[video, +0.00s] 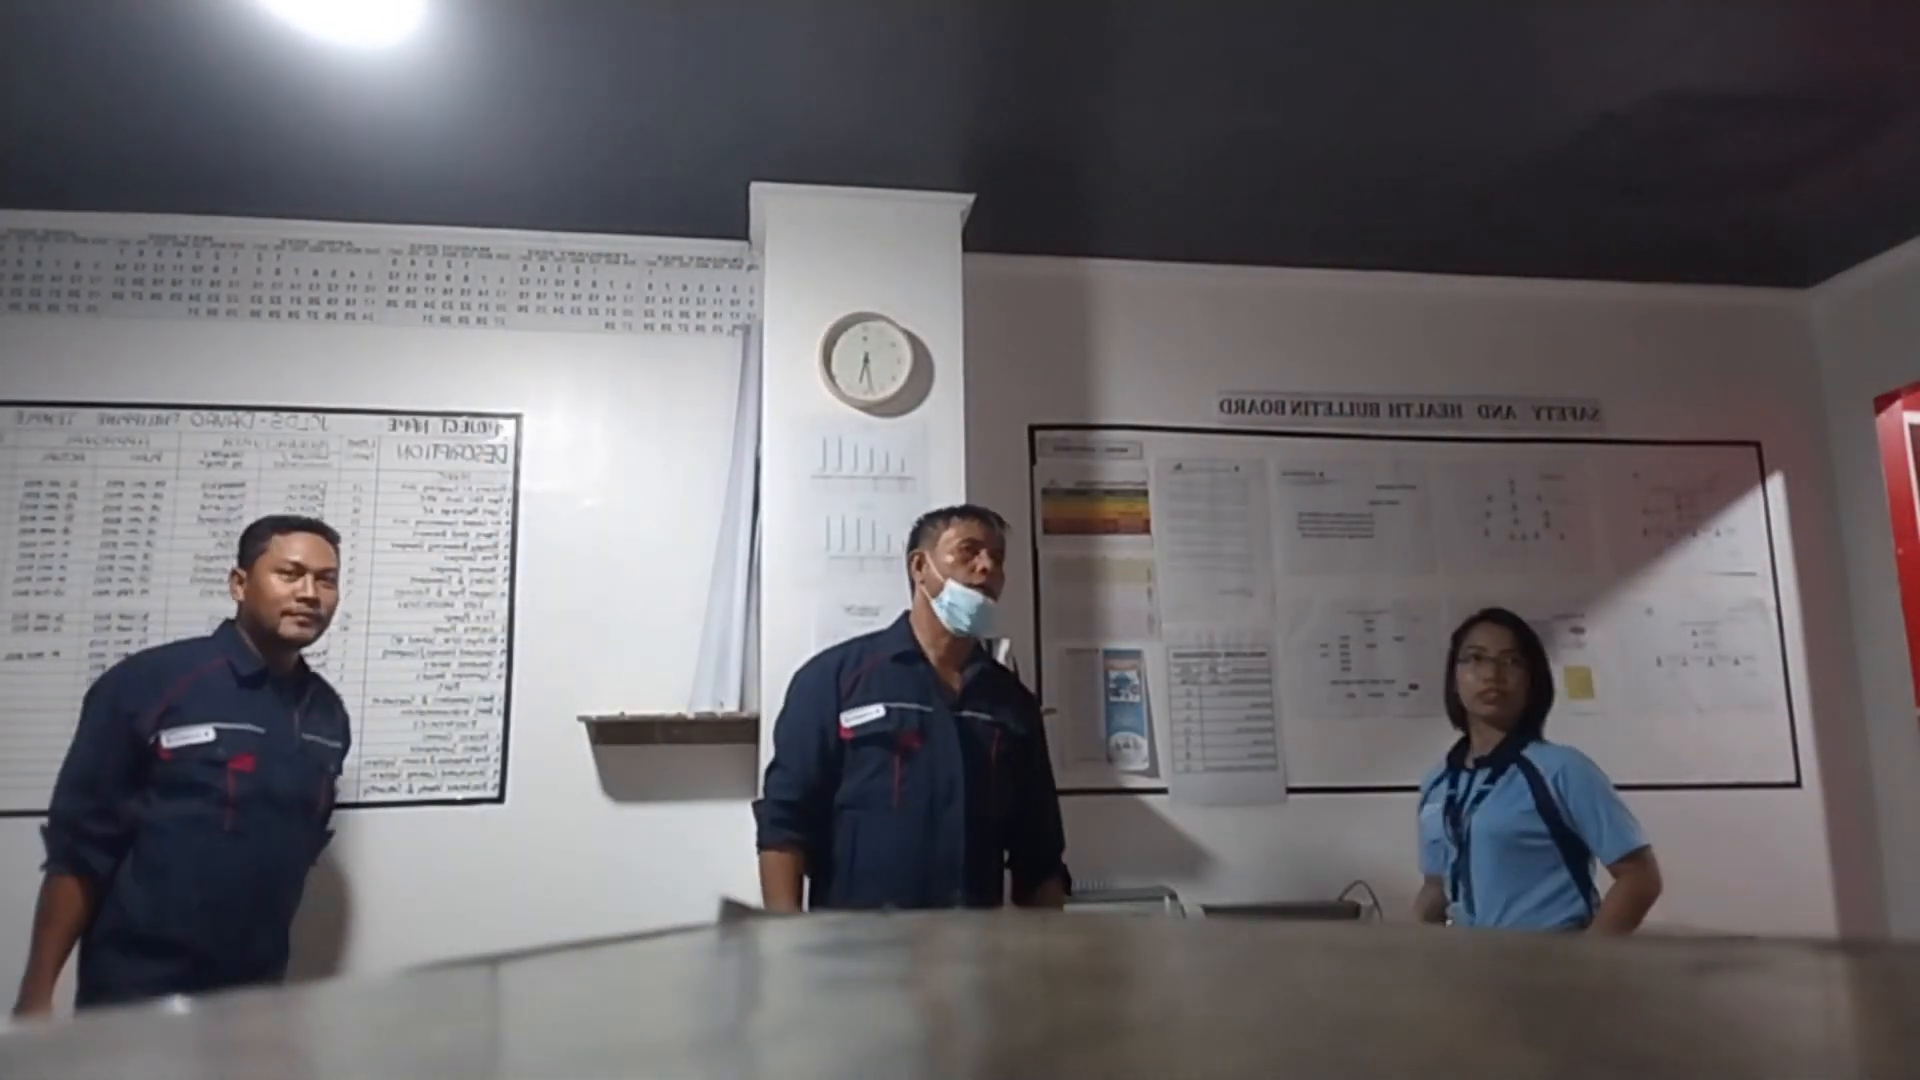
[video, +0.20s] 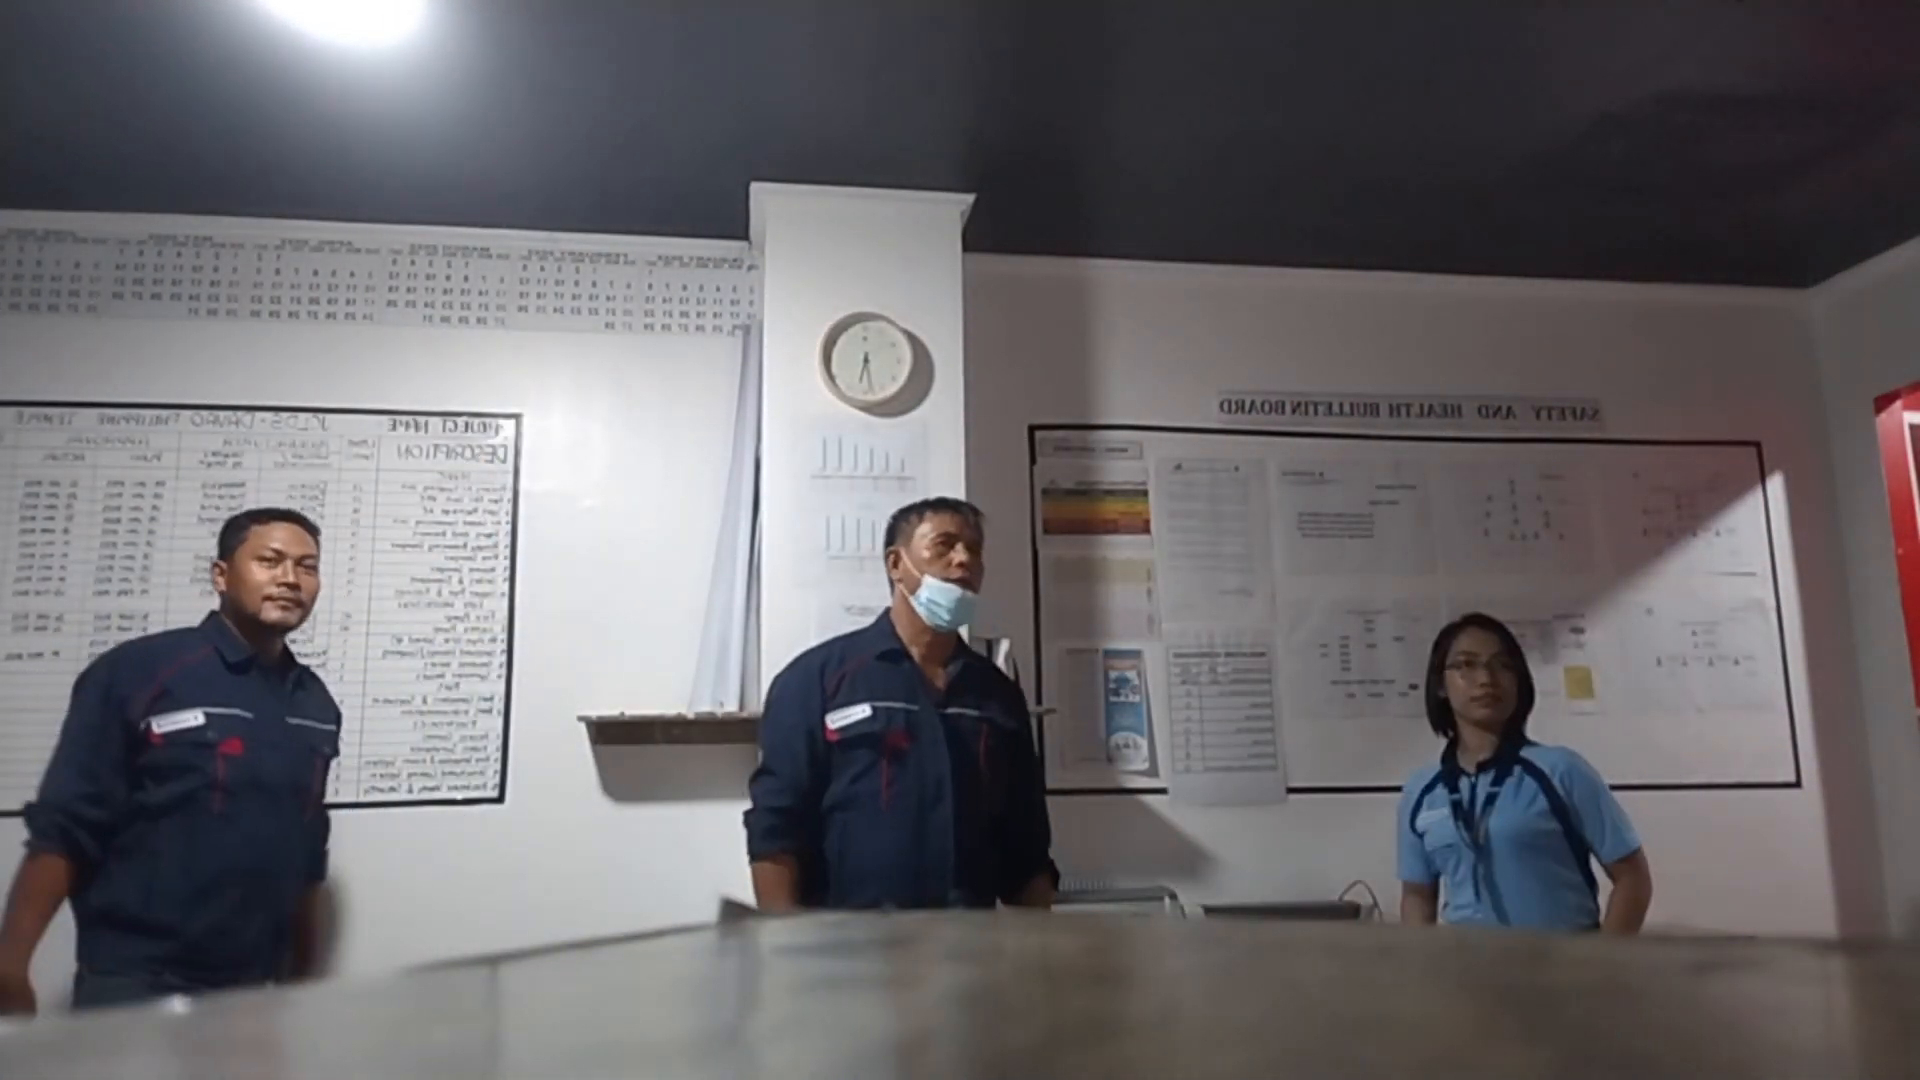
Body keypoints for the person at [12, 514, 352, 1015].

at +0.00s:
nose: (311, 594)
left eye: (325, 579)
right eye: (290, 574)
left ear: (337, 597)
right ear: (241, 585)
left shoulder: (327, 717)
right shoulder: (141, 688)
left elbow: (293, 859)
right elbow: (80, 853)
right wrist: (35, 998)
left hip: (252, 1000)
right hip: (133, 1000)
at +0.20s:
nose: (291, 578)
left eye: (307, 566)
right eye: (270, 560)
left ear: (317, 586)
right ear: (222, 576)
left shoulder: (316, 707)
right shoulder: (130, 676)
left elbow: (306, 864)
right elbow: (61, 834)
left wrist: (301, 985)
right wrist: (11, 964)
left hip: (256, 994)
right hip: (134, 991)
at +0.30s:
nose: (274, 574)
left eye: (289, 560)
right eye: (253, 557)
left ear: (304, 581)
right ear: (205, 575)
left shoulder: (312, 704)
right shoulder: (114, 676)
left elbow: (324, 824)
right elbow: (26, 815)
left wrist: (349, 926)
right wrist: (8, 955)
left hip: (243, 989)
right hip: (122, 986)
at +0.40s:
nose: (257, 582)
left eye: (270, 568)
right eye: (233, 567)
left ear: (284, 586)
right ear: (184, 586)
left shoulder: (304, 706)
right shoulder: (94, 692)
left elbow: (339, 804)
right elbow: (7, 804)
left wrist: (397, 875)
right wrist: (5, 940)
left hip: (243, 994)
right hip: (116, 998)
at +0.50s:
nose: (235, 585)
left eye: (250, 570)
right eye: (211, 569)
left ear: (265, 586)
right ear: (164, 588)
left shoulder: (290, 707)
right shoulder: (76, 698)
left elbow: (346, 798)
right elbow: (1, 799)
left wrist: (434, 847)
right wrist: (11, 880)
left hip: (233, 996)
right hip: (106, 1001)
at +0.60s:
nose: (213, 576)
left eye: (229, 561)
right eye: (189, 559)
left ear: (245, 579)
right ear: (143, 579)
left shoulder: (277, 692)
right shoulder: (65, 690)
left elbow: (338, 789)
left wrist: (437, 826)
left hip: (222, 986)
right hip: (91, 991)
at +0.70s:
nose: (186, 578)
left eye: (199, 560)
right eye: (160, 562)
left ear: (217, 575)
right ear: (111, 584)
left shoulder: (262, 686)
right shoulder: (61, 682)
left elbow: (332, 782)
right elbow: (3, 770)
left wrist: (430, 833)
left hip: (209, 986)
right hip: (76, 991)